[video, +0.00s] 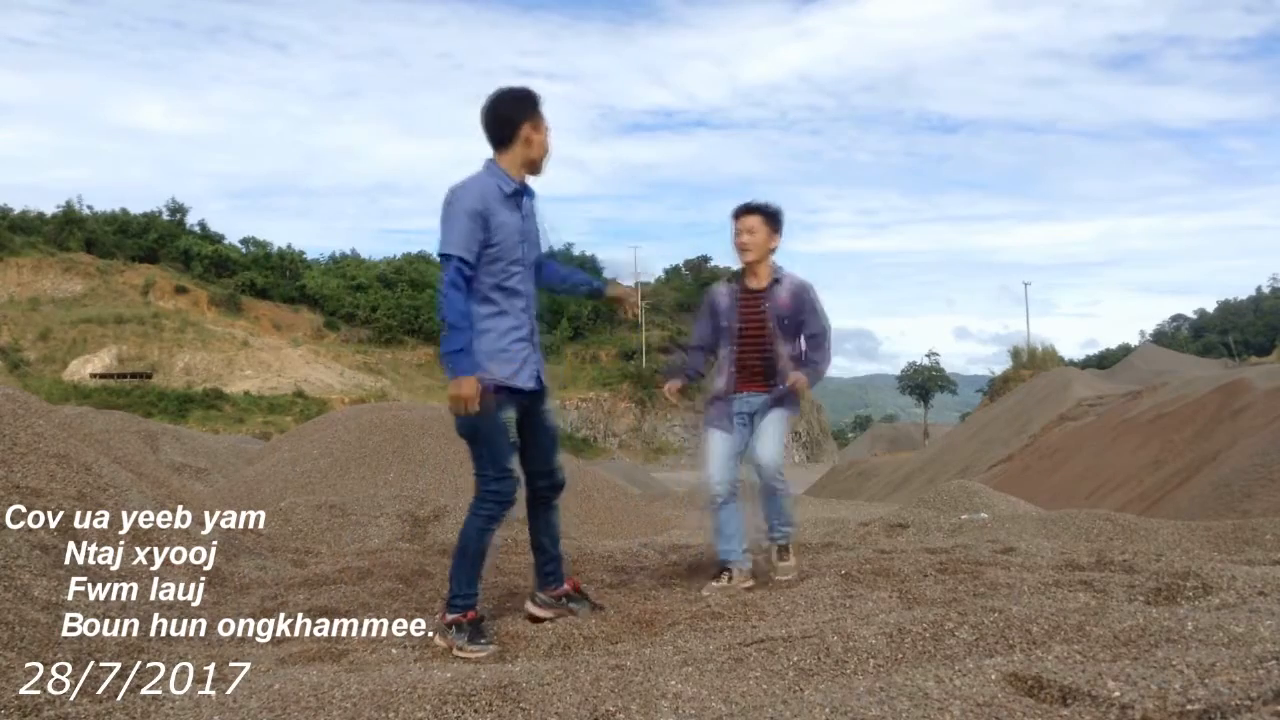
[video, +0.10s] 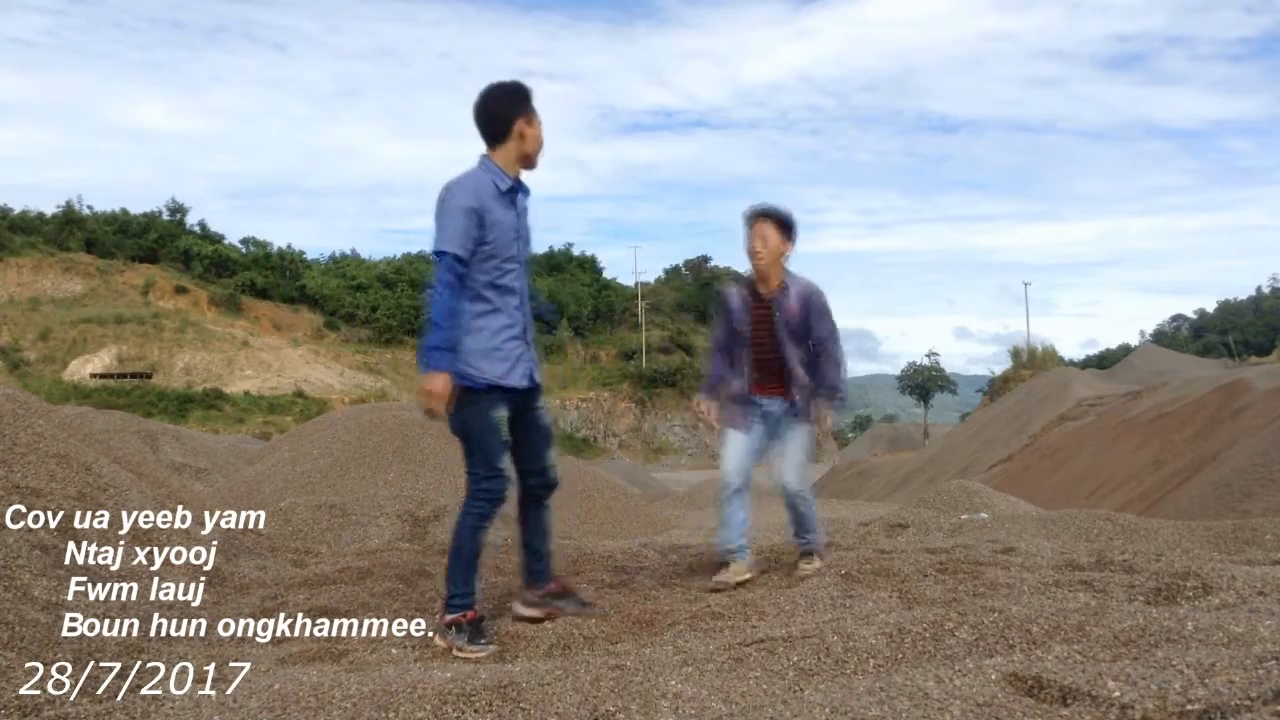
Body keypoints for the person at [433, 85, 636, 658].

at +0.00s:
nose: (549, 139)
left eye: (546, 129)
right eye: (544, 129)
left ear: (518, 135)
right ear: (525, 133)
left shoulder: (524, 201)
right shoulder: (470, 196)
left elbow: (538, 269)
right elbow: (453, 285)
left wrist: (605, 288)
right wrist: (460, 368)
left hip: (527, 372)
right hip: (484, 375)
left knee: (545, 481)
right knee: (496, 489)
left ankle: (550, 590)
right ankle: (460, 611)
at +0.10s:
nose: (542, 134)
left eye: (539, 123)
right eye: (537, 124)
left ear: (507, 130)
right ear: (519, 128)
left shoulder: (515, 196)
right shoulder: (464, 193)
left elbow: (509, 286)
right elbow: (444, 283)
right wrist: (437, 363)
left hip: (519, 370)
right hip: (473, 372)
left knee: (538, 479)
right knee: (488, 486)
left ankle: (540, 588)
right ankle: (458, 612)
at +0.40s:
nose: (535, 125)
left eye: (530, 115)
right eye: (530, 115)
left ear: (498, 123)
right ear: (515, 120)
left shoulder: (503, 188)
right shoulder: (462, 183)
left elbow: (446, 263)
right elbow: (433, 267)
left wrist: (408, 323)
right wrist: (434, 355)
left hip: (506, 366)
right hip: (464, 368)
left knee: (524, 473)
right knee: (471, 483)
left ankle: (486, 576)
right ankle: (447, 612)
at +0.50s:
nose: (531, 129)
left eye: (527, 117)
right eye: (527, 118)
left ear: (492, 126)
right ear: (513, 123)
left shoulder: (499, 192)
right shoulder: (459, 187)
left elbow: (485, 283)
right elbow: (437, 278)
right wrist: (446, 365)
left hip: (501, 370)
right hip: (463, 372)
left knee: (519, 476)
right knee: (472, 485)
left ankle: (481, 579)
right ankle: (447, 618)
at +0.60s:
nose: (525, 134)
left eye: (522, 122)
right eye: (522, 123)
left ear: (485, 129)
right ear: (509, 127)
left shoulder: (489, 194)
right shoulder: (459, 189)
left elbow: (483, 291)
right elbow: (446, 283)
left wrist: (501, 365)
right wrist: (464, 368)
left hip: (496, 372)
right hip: (466, 374)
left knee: (509, 479)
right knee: (477, 488)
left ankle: (484, 589)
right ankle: (450, 615)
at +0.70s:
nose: (520, 133)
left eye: (516, 122)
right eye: (516, 123)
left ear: (480, 128)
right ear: (503, 126)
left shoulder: (483, 190)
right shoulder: (458, 189)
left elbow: (482, 282)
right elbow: (454, 283)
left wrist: (506, 338)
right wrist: (480, 367)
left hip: (489, 365)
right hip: (465, 368)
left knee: (495, 481)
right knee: (476, 488)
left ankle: (483, 590)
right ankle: (450, 615)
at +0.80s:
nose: (518, 132)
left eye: (513, 122)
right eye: (514, 122)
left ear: (478, 130)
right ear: (500, 127)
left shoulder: (483, 191)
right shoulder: (461, 188)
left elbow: (487, 287)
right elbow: (462, 284)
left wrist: (539, 311)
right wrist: (496, 362)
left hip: (486, 365)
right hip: (466, 367)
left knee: (492, 482)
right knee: (477, 486)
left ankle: (484, 590)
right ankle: (450, 615)